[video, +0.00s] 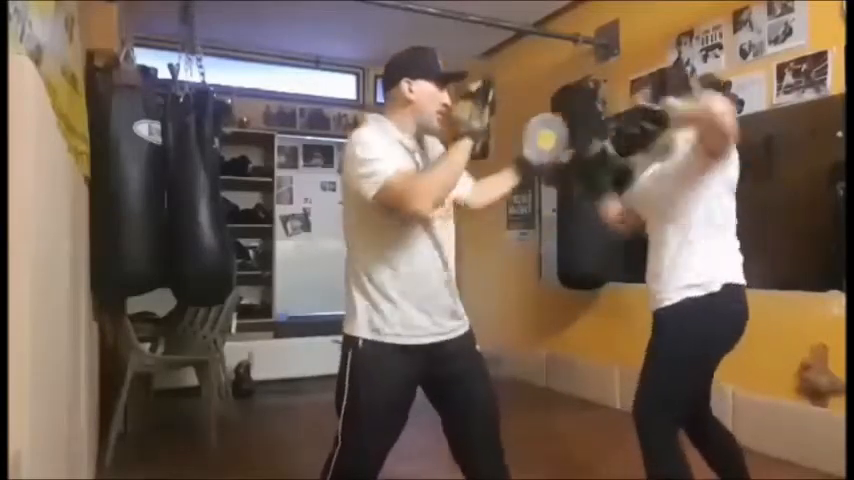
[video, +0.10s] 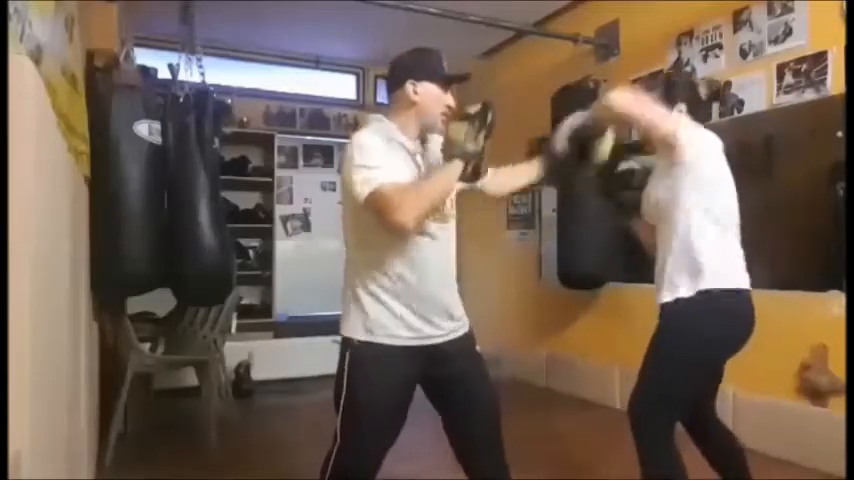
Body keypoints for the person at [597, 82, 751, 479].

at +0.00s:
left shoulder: (708, 152)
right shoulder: (653, 175)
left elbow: (719, 117)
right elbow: (627, 221)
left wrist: (668, 111)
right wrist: (602, 188)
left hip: (707, 302)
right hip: (677, 307)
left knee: (652, 414)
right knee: (694, 414)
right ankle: (737, 473)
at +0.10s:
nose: (639, 120)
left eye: (645, 106)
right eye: (639, 106)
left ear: (673, 107)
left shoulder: (695, 139)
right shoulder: (666, 170)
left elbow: (620, 98)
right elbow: (665, 248)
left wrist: (587, 121)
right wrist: (626, 213)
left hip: (705, 305)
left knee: (648, 413)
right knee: (697, 413)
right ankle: (740, 474)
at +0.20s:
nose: (642, 126)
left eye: (650, 115)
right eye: (641, 117)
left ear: (683, 113)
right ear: (679, 116)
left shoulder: (686, 147)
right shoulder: (701, 151)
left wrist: (583, 142)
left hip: (700, 311)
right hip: (723, 309)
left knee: (645, 414)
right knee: (699, 414)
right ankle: (741, 475)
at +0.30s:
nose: (644, 121)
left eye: (651, 109)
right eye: (642, 112)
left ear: (685, 107)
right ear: (683, 110)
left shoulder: (693, 151)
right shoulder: (708, 148)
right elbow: (666, 217)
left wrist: (623, 173)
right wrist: (628, 180)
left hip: (697, 309)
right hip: (721, 306)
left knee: (651, 415)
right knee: (703, 411)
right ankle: (743, 475)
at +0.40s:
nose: (645, 121)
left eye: (653, 109)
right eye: (641, 111)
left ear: (686, 105)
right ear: (640, 110)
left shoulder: (719, 156)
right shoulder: (655, 152)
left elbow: (685, 237)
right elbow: (592, 164)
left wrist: (663, 178)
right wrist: (573, 118)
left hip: (716, 304)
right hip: (682, 306)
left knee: (662, 417)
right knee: (704, 415)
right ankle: (743, 475)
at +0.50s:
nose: (635, 139)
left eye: (642, 128)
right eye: (632, 130)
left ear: (676, 121)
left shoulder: (717, 167)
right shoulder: (652, 169)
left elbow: (692, 255)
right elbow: (598, 215)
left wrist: (660, 200)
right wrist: (580, 162)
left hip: (726, 312)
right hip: (679, 316)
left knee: (663, 416)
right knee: (688, 421)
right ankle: (731, 471)